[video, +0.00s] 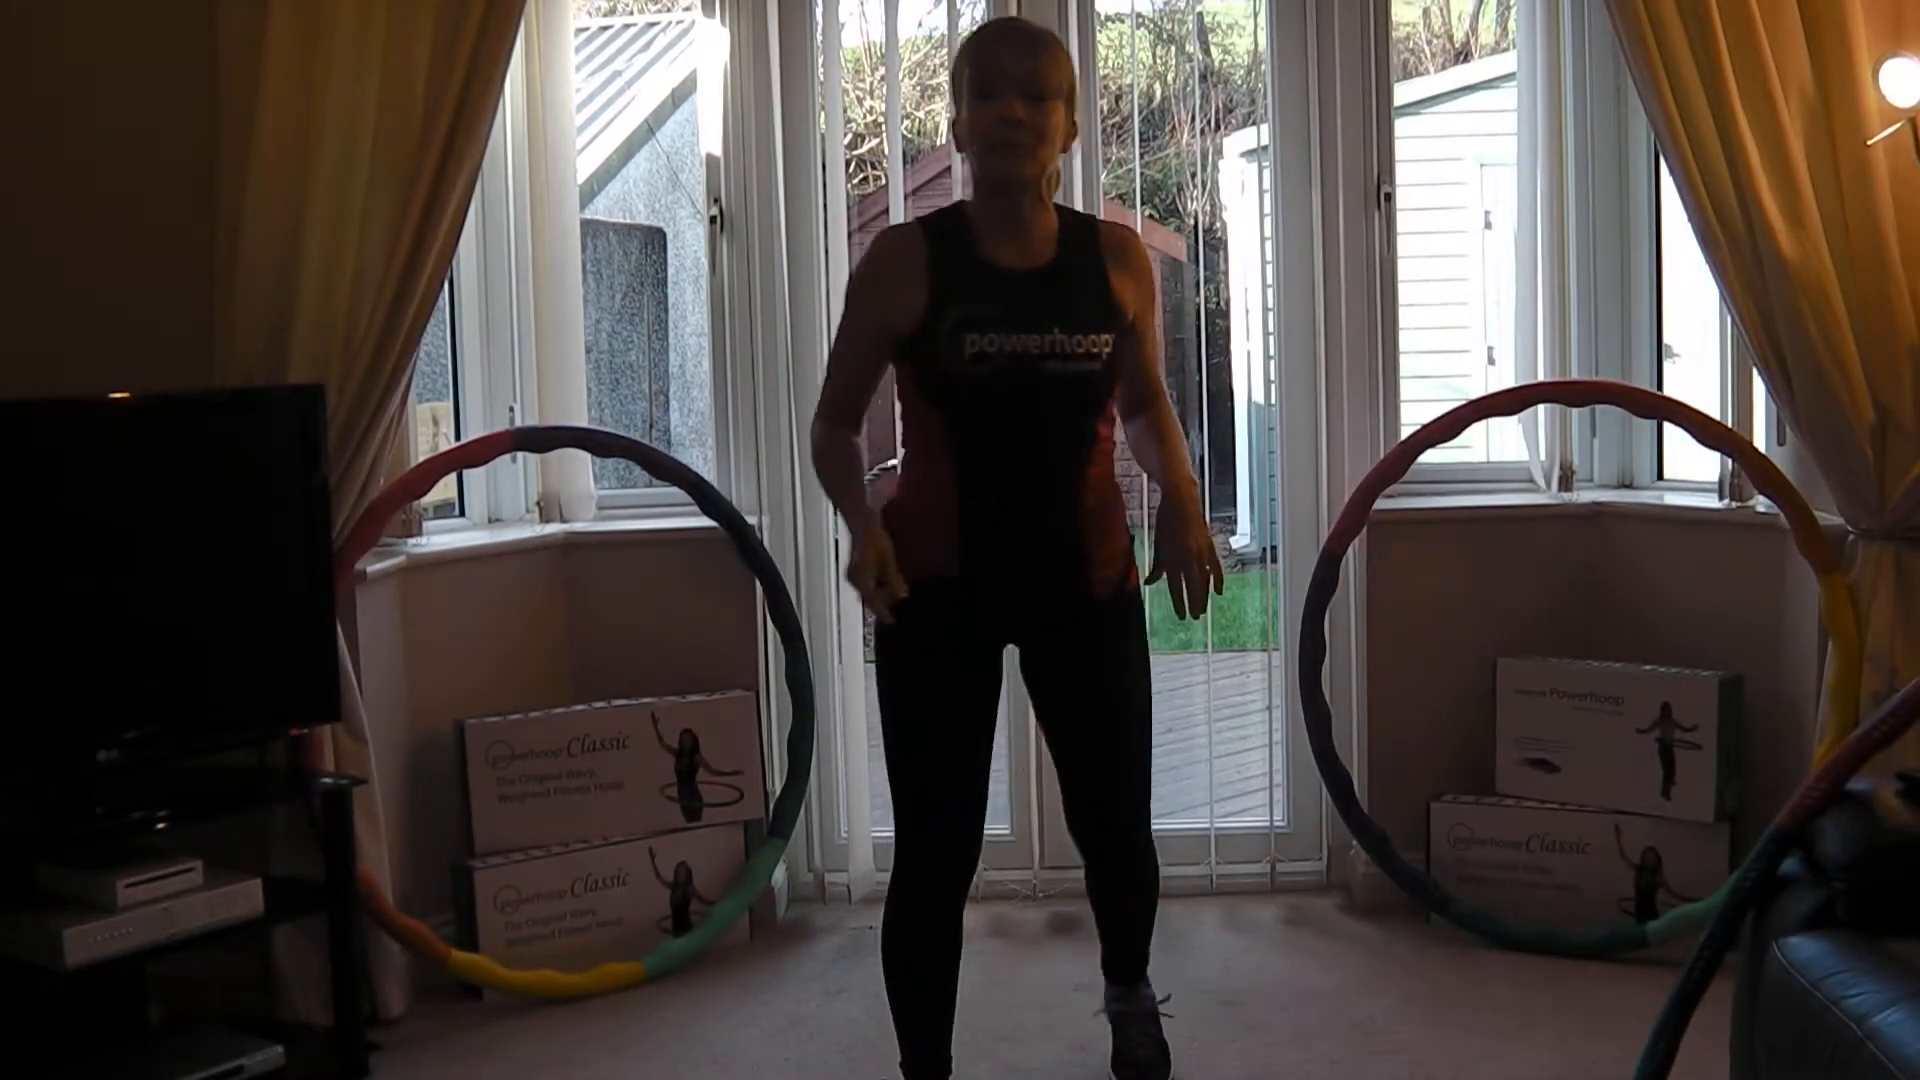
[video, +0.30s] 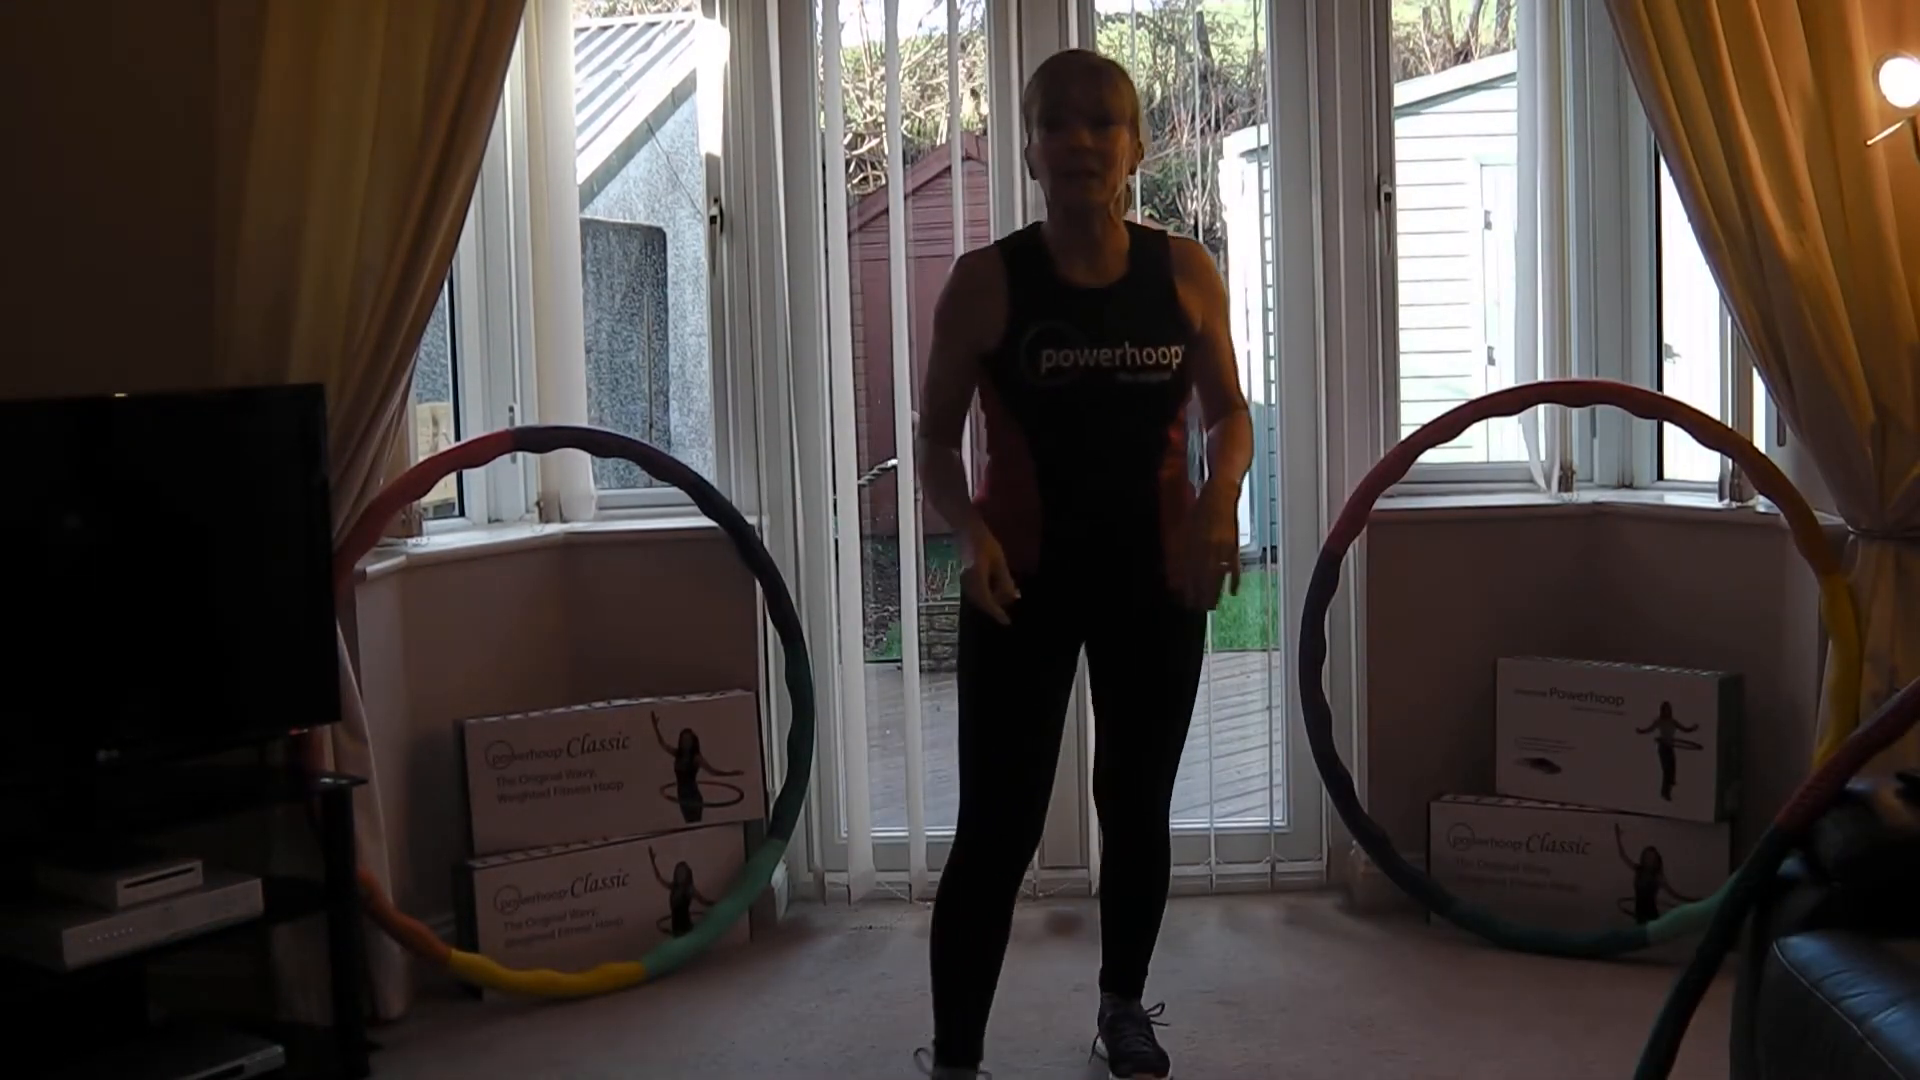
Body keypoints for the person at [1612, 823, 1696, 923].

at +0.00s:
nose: (1649, 859)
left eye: (1652, 857)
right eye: (1646, 856)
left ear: (1657, 859)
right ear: (1642, 858)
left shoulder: (1658, 876)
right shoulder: (1639, 870)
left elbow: (1673, 894)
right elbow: (1622, 855)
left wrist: (1692, 901)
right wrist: (1618, 836)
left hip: (1651, 910)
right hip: (1639, 909)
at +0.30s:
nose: (1649, 860)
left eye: (1652, 857)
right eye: (1646, 856)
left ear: (1657, 860)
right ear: (1642, 858)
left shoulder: (1658, 876)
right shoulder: (1638, 870)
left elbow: (1673, 894)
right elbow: (1623, 856)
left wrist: (1693, 901)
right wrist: (1618, 837)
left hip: (1651, 910)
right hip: (1639, 910)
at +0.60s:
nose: (1649, 859)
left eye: (1652, 857)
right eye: (1646, 856)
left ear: (1657, 859)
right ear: (1642, 858)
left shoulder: (1658, 876)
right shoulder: (1639, 870)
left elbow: (1673, 894)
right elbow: (1623, 856)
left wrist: (1693, 901)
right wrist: (1618, 837)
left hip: (1651, 911)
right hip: (1639, 910)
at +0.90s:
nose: (1649, 859)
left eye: (1652, 857)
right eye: (1646, 856)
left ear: (1657, 860)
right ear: (1642, 858)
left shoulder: (1658, 876)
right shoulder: (1639, 870)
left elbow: (1674, 894)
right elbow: (1623, 856)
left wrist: (1694, 901)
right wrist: (1618, 837)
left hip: (1651, 911)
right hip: (1639, 910)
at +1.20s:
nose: (1649, 860)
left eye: (1652, 857)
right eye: (1647, 856)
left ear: (1657, 860)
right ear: (1642, 858)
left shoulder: (1658, 876)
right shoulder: (1639, 871)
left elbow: (1674, 894)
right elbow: (1623, 857)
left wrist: (1692, 901)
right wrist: (1618, 837)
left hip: (1651, 911)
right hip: (1639, 911)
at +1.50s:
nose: (1649, 859)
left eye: (1652, 857)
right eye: (1646, 856)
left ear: (1657, 860)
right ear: (1642, 858)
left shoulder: (1658, 876)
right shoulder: (1639, 870)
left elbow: (1674, 894)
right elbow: (1623, 856)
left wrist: (1693, 901)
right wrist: (1618, 837)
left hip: (1651, 911)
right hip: (1639, 910)